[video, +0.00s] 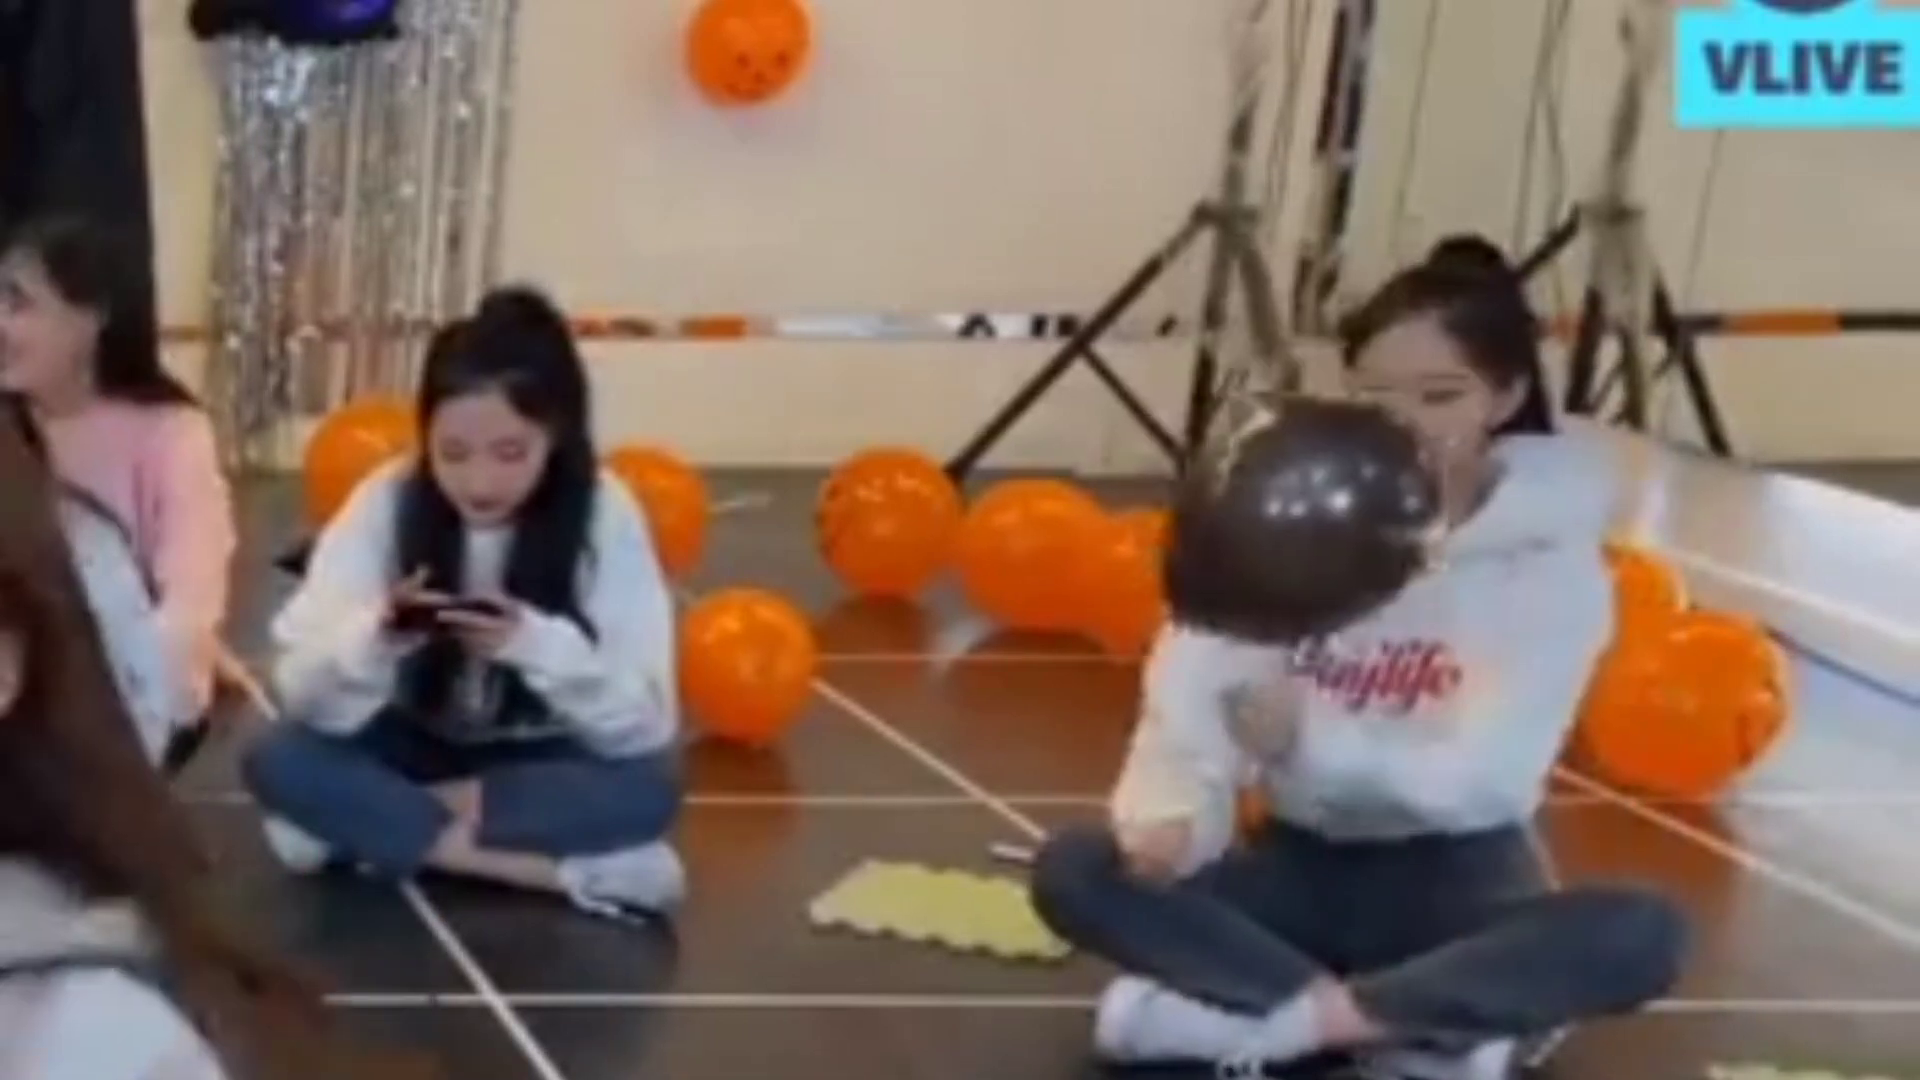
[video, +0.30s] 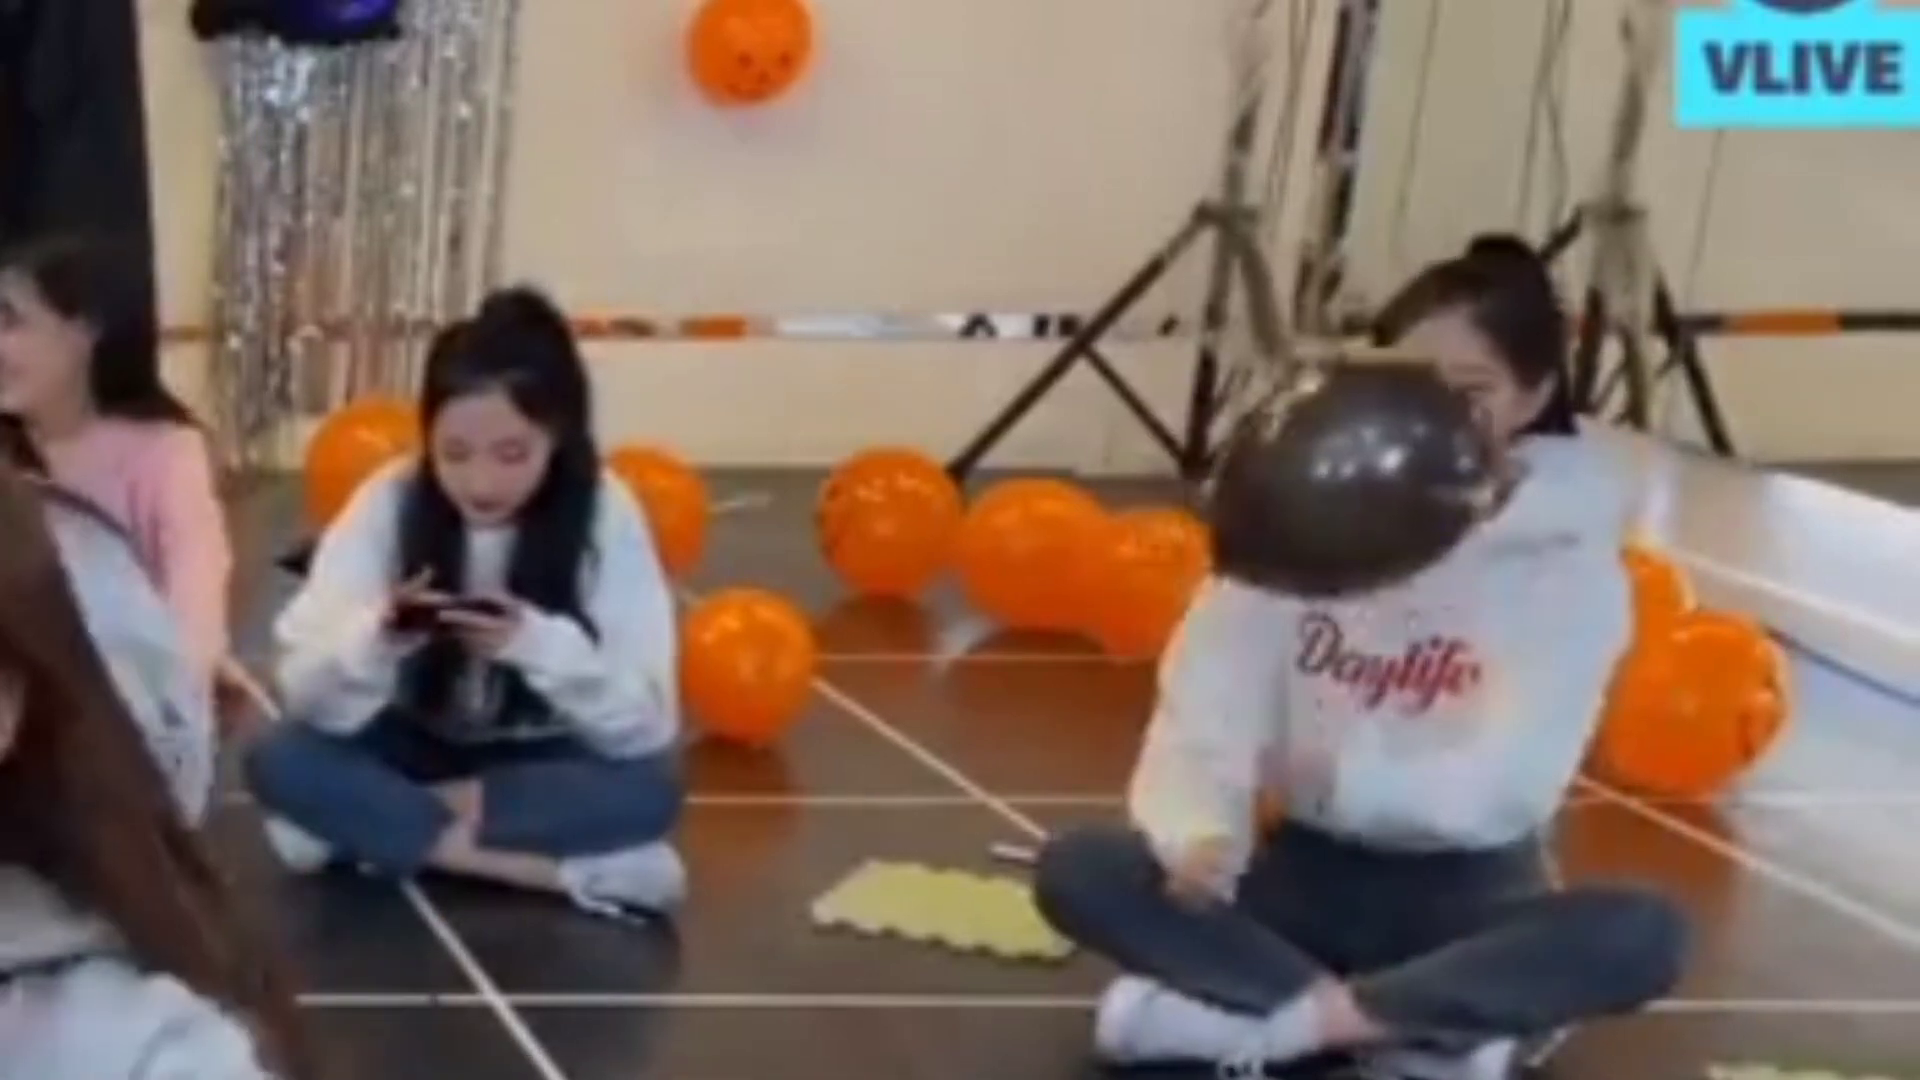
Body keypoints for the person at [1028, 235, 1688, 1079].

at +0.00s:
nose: (1404, 429)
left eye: (1440, 399)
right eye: (1376, 398)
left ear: (1509, 398)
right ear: (1344, 394)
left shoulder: (1551, 566)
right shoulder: (1296, 521)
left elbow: (1492, 783)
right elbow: (1186, 686)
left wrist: (1305, 748)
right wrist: (1163, 822)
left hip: (1459, 884)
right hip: (1286, 874)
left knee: (1644, 933)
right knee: (1069, 871)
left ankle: (1286, 1031)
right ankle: (1409, 1044)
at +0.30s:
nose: (1438, 419)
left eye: (1472, 392)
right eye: (1414, 385)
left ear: (1536, 396)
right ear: (1377, 380)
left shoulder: (1574, 571)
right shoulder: (1312, 521)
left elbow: (1511, 792)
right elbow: (1207, 694)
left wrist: (1325, 779)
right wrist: (1202, 831)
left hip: (1472, 894)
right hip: (1293, 876)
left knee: (1645, 933)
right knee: (1076, 868)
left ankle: (1275, 1037)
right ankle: (1410, 1047)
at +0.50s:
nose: (1374, 535)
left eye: (1400, 516)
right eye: (1343, 514)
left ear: (1497, 463)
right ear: (1319, 459)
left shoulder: (1580, 585)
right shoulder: (1289, 547)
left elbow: (1560, 816)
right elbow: (1172, 749)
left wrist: (1432, 863)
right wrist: (1244, 800)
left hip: (1453, 891)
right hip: (1274, 868)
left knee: (1644, 935)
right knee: (1076, 870)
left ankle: (1285, 1031)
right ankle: (1397, 1043)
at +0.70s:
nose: (1412, 530)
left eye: (1441, 509)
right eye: (1380, 501)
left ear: (1514, 464)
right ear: (1341, 469)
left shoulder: (1591, 574)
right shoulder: (1300, 548)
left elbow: (1587, 799)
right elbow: (1186, 751)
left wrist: (1490, 875)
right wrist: (1339, 705)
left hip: (1476, 890)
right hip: (1303, 872)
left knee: (1648, 933)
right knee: (1078, 865)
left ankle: (1286, 1029)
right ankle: (1400, 1045)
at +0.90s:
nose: (1472, 583)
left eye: (1494, 563)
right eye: (1450, 561)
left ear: (1537, 513)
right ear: (1388, 519)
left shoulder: (1599, 579)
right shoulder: (1302, 551)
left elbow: (1586, 797)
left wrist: (1461, 859)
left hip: (1478, 885)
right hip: (1304, 873)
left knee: (1642, 917)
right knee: (1082, 859)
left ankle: (1280, 1030)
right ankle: (1403, 1040)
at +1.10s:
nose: (1440, 535)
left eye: (1469, 514)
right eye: (1413, 505)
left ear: (1527, 475)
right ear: (1368, 465)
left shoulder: (1600, 567)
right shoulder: (1306, 540)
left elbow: (1585, 799)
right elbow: (1216, 732)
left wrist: (1462, 852)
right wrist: (1379, 590)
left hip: (1487, 886)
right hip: (1312, 867)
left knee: (1639, 912)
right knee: (1084, 856)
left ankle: (1281, 1029)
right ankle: (1405, 1046)